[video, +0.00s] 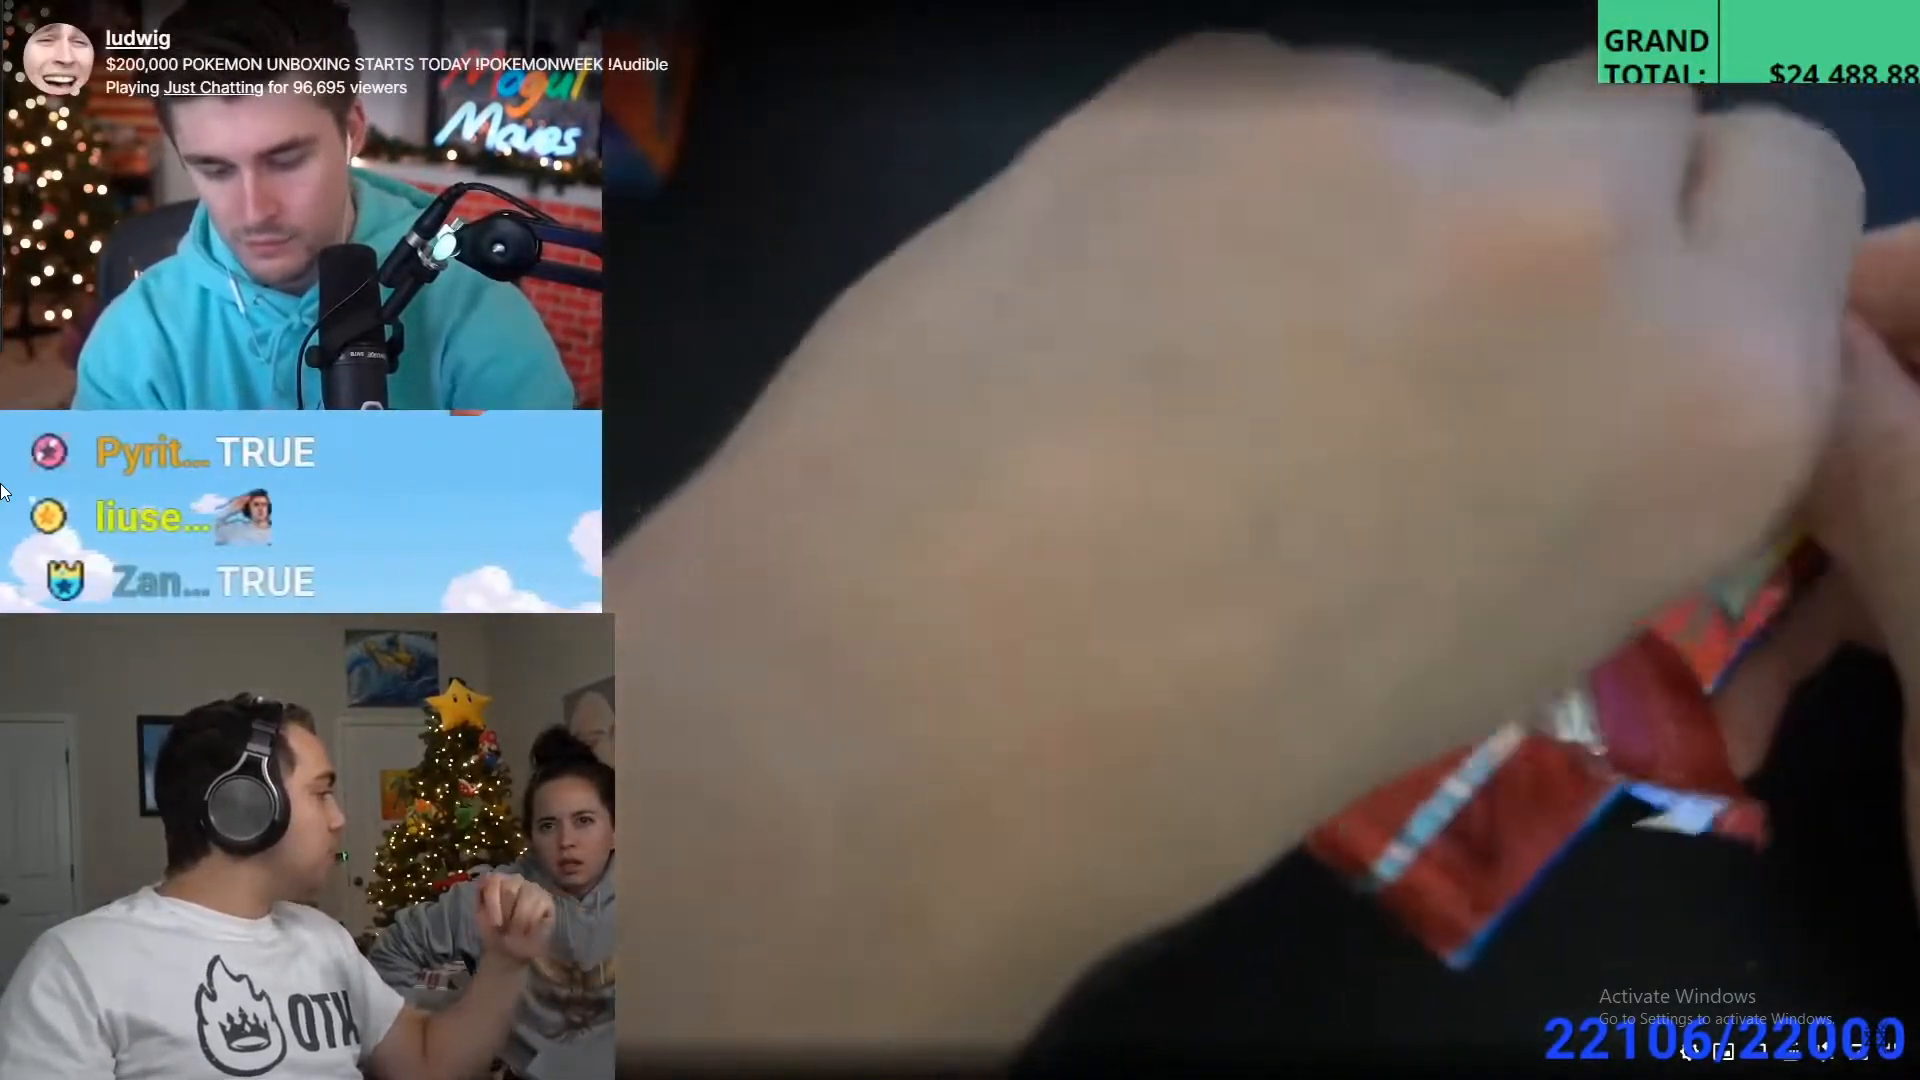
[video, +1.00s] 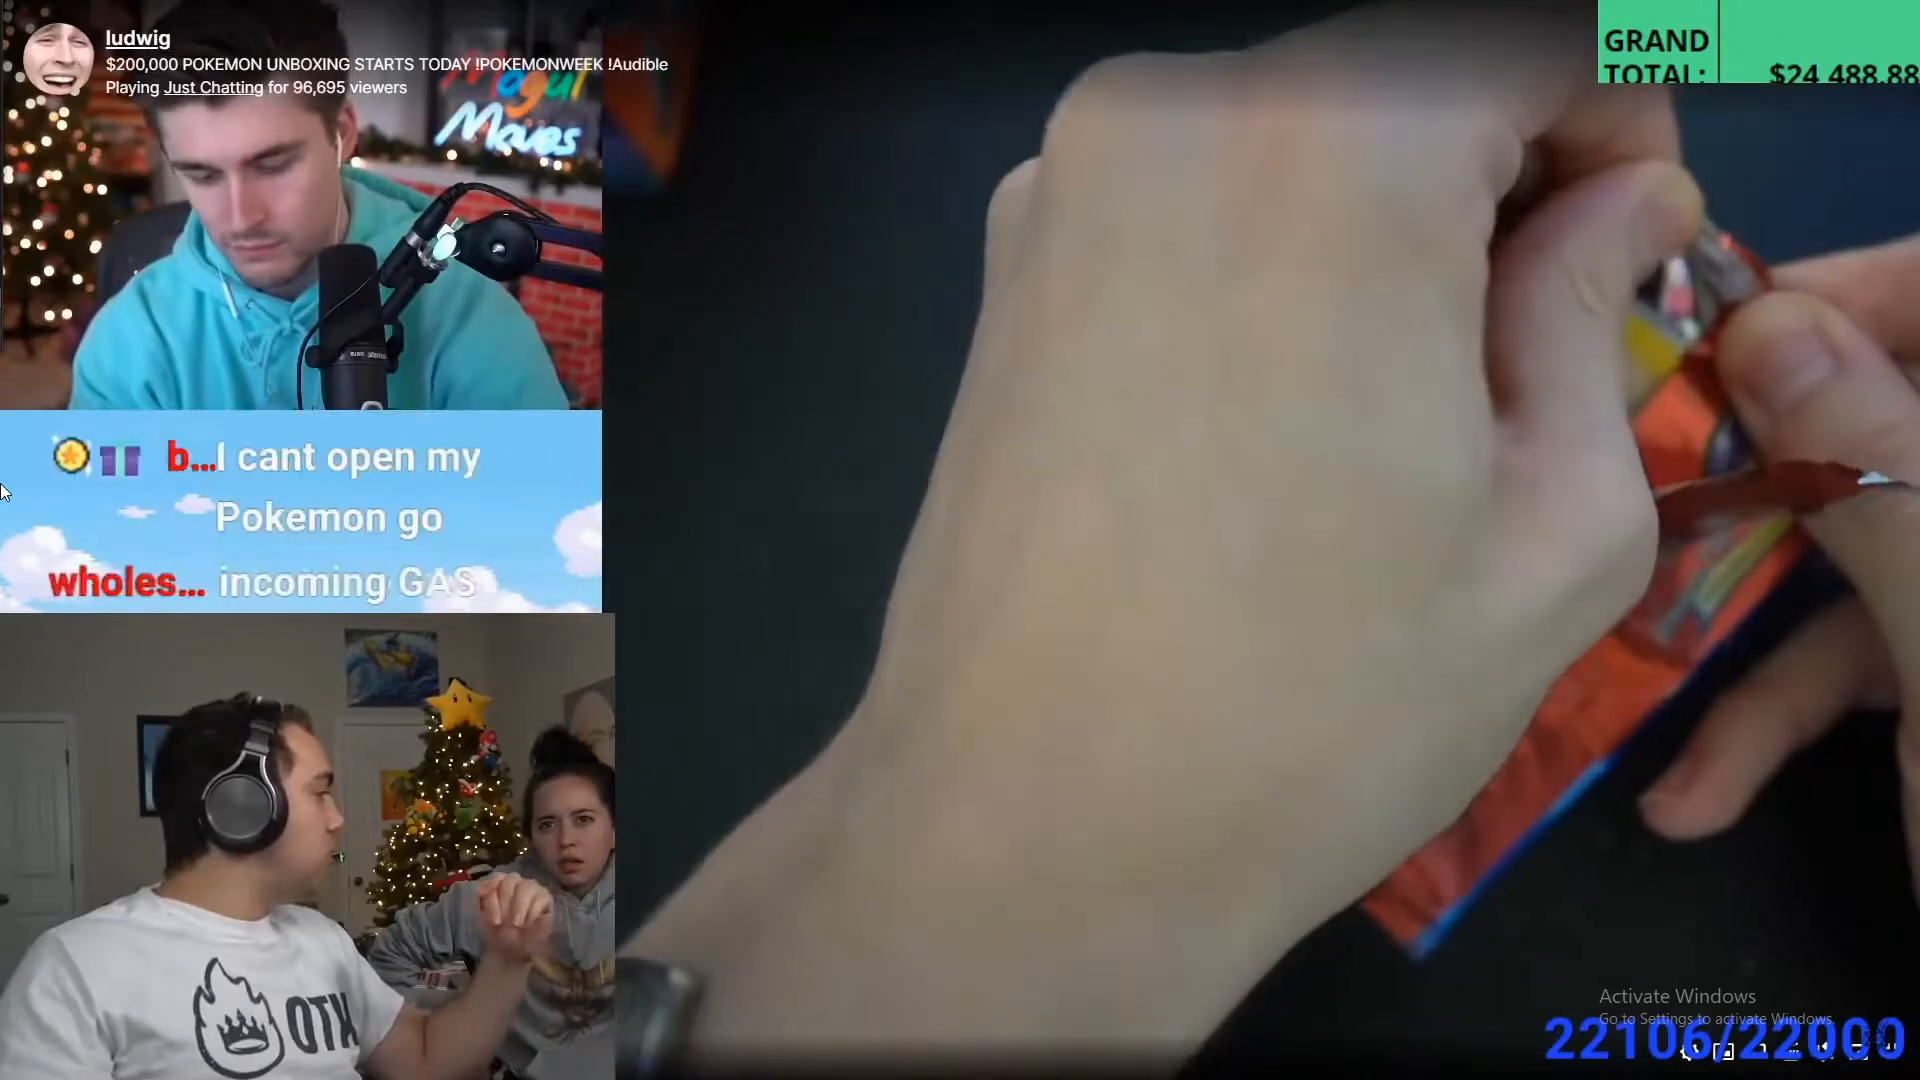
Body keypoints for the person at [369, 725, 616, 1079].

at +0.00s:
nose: (566, 842)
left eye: (584, 821)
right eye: (548, 826)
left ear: (615, 830)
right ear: (531, 837)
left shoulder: (642, 894)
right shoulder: (497, 896)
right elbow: (389, 955)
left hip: (616, 1068)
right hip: (526, 1071)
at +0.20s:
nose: (566, 842)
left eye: (584, 821)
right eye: (548, 826)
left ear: (615, 830)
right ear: (530, 837)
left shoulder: (643, 892)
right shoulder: (498, 896)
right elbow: (391, 954)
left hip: (614, 1066)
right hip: (525, 1071)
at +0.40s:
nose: (566, 841)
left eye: (584, 821)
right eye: (548, 826)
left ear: (613, 830)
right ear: (531, 837)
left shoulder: (644, 895)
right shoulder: (487, 901)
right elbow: (390, 954)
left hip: (626, 1070)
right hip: (532, 1072)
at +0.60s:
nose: (566, 841)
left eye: (584, 821)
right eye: (548, 825)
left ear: (613, 830)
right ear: (531, 837)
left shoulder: (641, 894)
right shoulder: (490, 900)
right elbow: (391, 953)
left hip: (627, 1069)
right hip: (536, 1073)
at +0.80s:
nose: (566, 841)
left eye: (584, 820)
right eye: (547, 825)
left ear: (614, 828)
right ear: (531, 837)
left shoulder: (646, 895)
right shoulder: (493, 899)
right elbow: (390, 954)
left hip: (628, 1070)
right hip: (537, 1073)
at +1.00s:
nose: (566, 841)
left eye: (584, 820)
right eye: (548, 825)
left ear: (613, 830)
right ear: (531, 837)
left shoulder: (643, 893)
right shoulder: (490, 898)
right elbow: (388, 956)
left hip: (623, 1068)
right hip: (530, 1071)